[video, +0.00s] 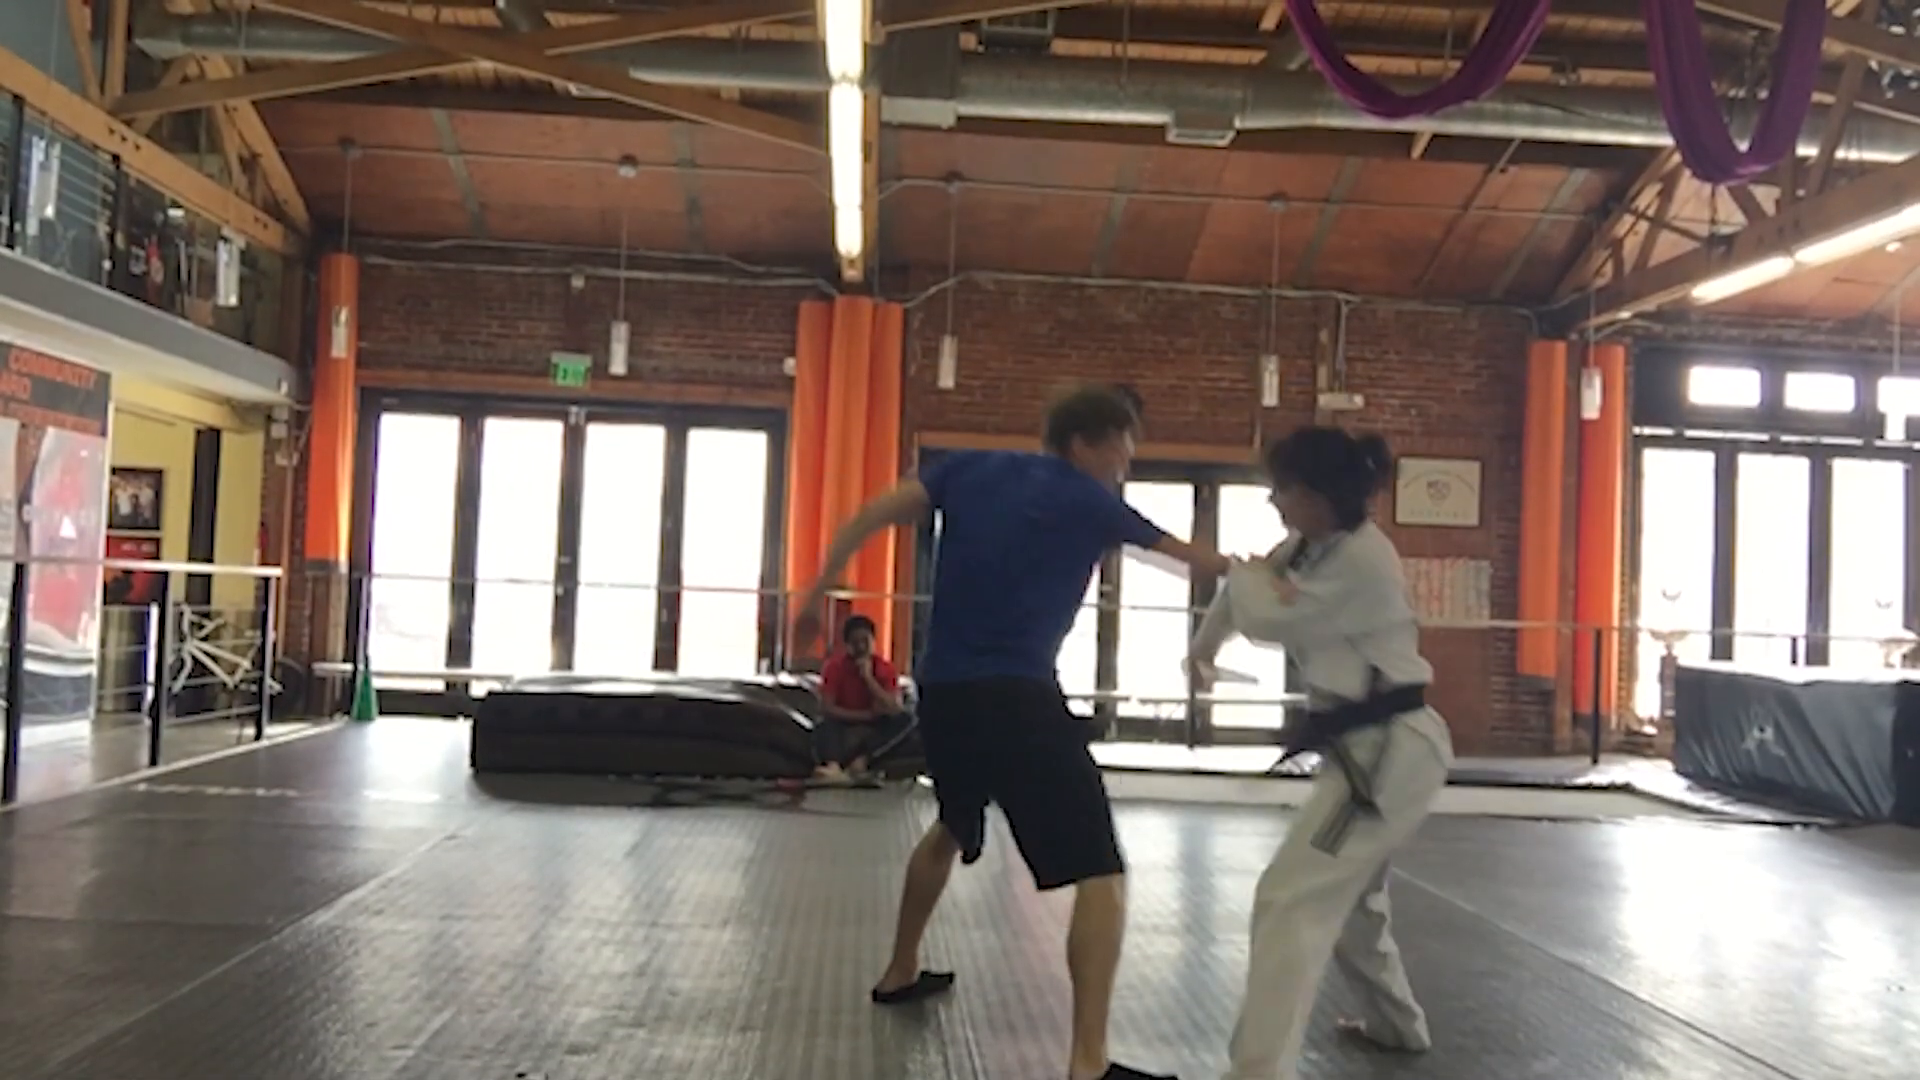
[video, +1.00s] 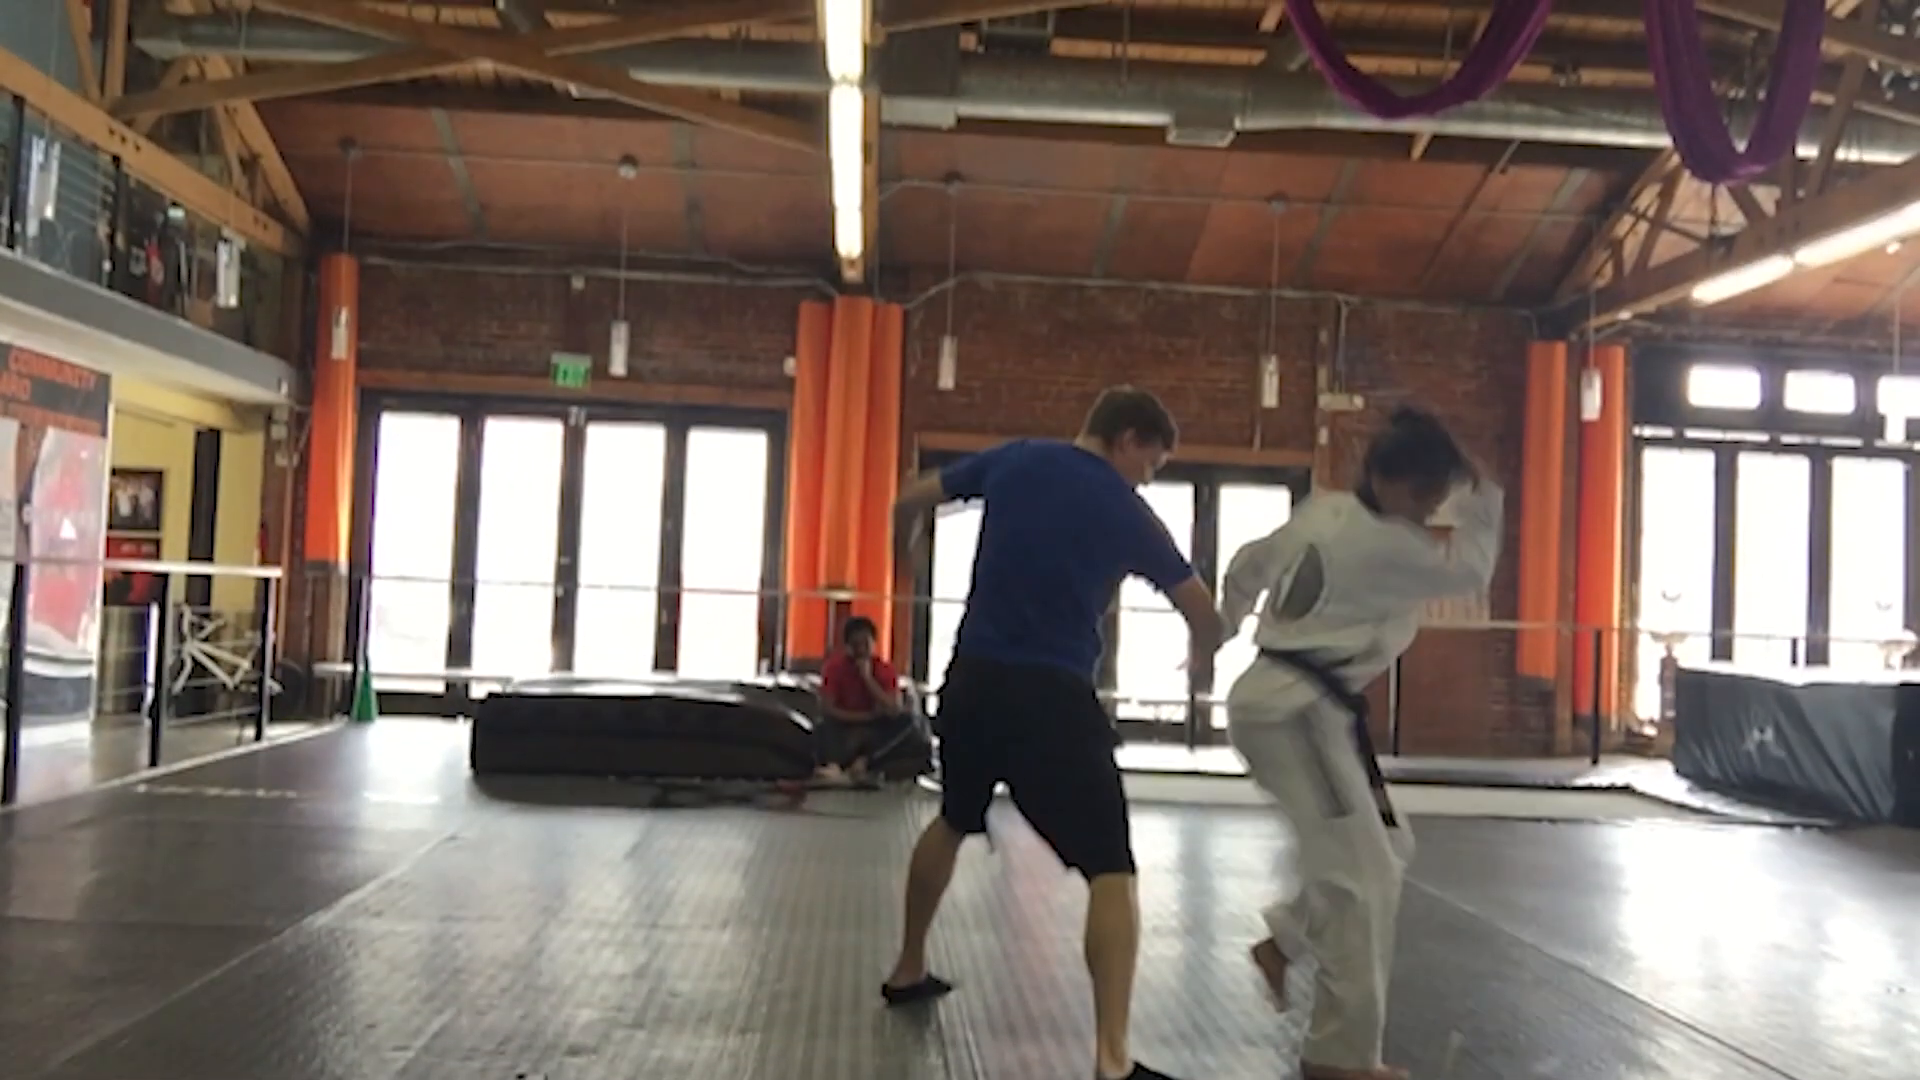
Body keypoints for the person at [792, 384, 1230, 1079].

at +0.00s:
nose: (1127, 470)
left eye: (1129, 458)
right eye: (1124, 455)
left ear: (1054, 441)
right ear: (1087, 443)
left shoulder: (970, 470)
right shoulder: (1093, 501)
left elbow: (874, 511)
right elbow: (1193, 560)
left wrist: (814, 589)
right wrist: (1247, 571)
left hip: (943, 694)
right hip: (1021, 698)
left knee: (950, 825)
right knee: (1101, 872)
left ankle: (899, 972)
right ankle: (1090, 1061)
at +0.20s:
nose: (1140, 522)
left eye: (1145, 510)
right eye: (1140, 507)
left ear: (1077, 486)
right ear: (1103, 493)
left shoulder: (1001, 505)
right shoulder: (1098, 550)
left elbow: (904, 555)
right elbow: (1203, 624)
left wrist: (859, 636)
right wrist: (1257, 645)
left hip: (929, 714)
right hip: (1012, 727)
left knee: (945, 823)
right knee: (1110, 894)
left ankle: (896, 969)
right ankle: (1091, 1061)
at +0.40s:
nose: (1144, 446)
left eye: (1145, 433)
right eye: (1142, 433)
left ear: (1073, 421)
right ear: (1120, 436)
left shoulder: (1005, 450)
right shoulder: (1115, 502)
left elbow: (892, 442)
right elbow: (1205, 559)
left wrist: (883, 496)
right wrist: (1260, 571)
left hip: (942, 682)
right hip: (1027, 694)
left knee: (930, 818)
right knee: (1080, 871)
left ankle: (897, 970)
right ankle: (1095, 1049)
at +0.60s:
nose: (1156, 439)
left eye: (1157, 427)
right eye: (1155, 427)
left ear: (1079, 415)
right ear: (1137, 432)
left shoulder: (1027, 460)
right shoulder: (1143, 508)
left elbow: (928, 421)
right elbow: (1213, 575)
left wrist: (830, 372)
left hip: (967, 680)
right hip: (1051, 699)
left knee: (929, 826)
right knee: (1086, 874)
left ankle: (901, 968)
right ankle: (1118, 1055)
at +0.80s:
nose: (1158, 459)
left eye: (1162, 447)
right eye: (1156, 444)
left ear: (1091, 422)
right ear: (1126, 432)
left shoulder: (1020, 456)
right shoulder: (1126, 508)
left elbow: (912, 430)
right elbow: (1205, 582)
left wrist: (850, 429)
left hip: (973, 686)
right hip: (1057, 702)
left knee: (939, 815)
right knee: (1098, 877)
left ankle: (900, 968)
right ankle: (1118, 1055)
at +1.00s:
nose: (1146, 481)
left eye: (1153, 470)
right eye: (1150, 466)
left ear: (1094, 430)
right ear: (1126, 440)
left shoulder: (1014, 457)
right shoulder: (1122, 506)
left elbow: (908, 500)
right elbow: (1204, 614)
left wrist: (903, 568)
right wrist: (1202, 660)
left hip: (971, 688)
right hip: (1056, 702)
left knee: (952, 818)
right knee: (1111, 872)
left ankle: (906, 969)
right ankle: (1113, 1060)